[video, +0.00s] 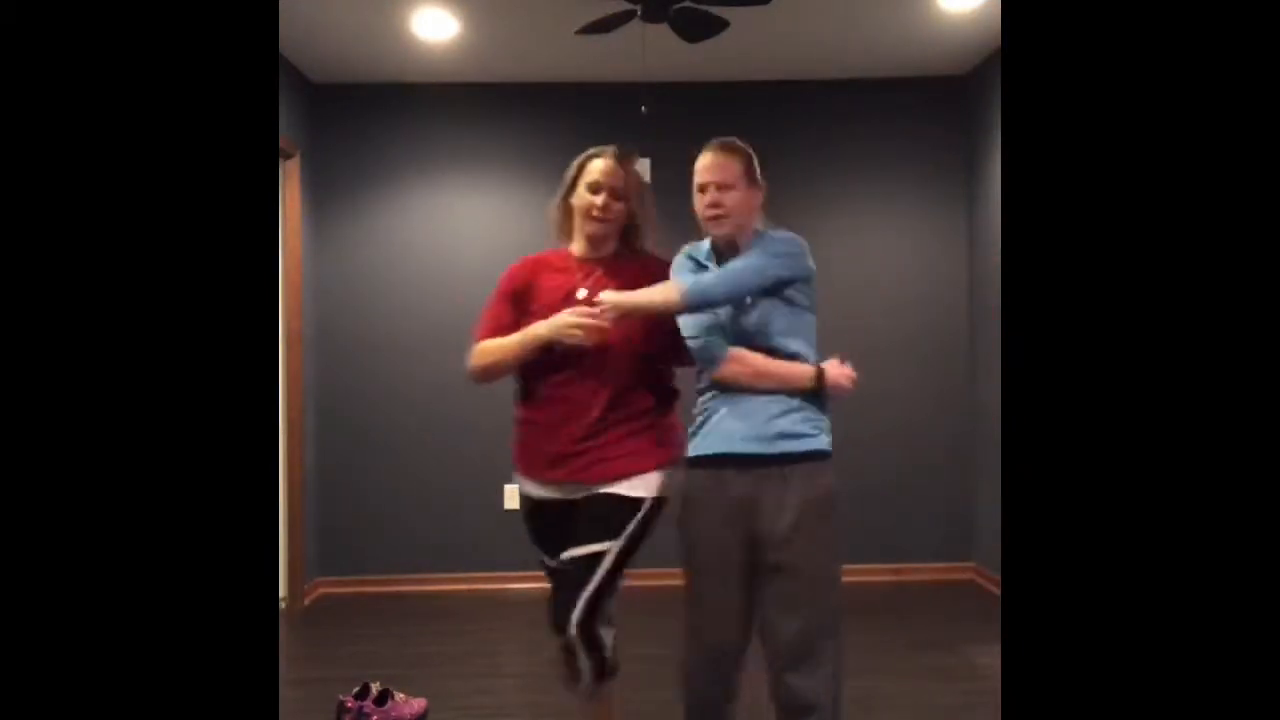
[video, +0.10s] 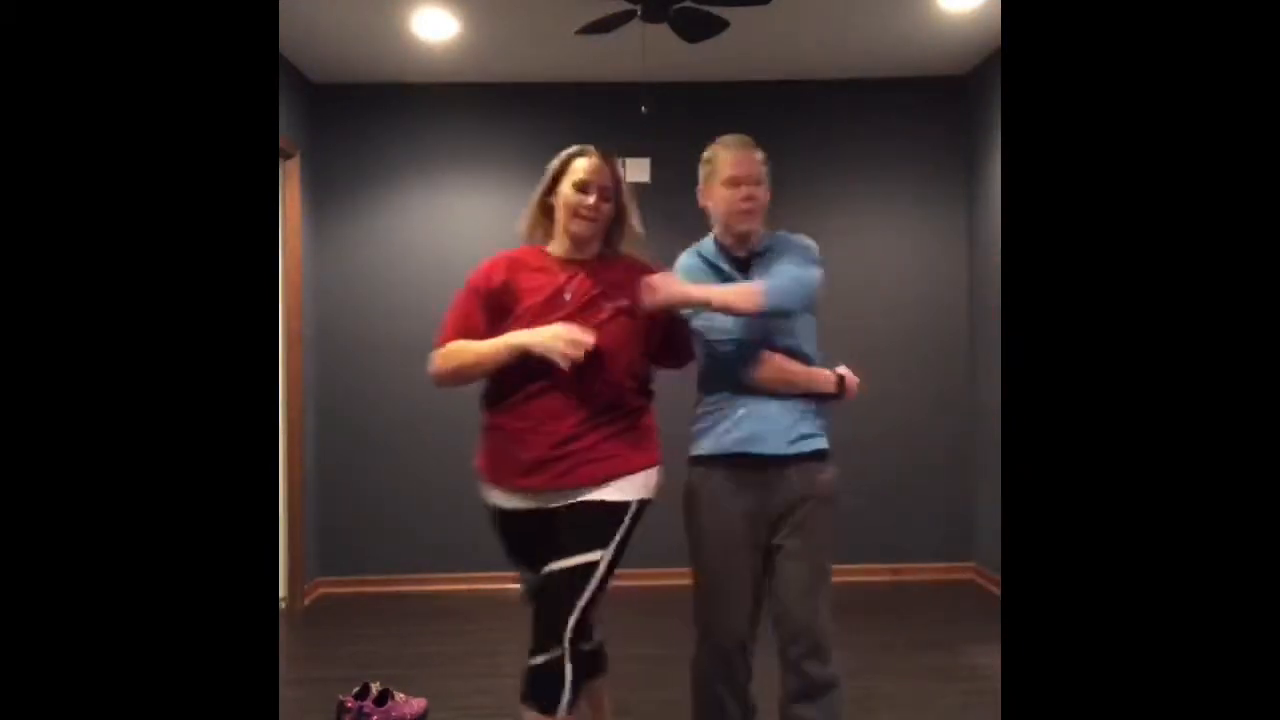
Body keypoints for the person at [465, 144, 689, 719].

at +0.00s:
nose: (603, 202)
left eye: (617, 194)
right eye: (593, 188)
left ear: (632, 208)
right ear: (570, 196)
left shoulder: (656, 278)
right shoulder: (529, 275)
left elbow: (695, 360)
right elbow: (479, 362)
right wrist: (546, 330)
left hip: (632, 469)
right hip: (546, 473)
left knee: (573, 618)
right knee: (580, 623)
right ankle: (600, 703)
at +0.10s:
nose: (591, 202)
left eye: (604, 194)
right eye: (580, 188)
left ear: (617, 208)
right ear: (552, 195)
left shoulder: (638, 280)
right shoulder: (501, 275)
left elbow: (679, 355)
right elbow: (443, 364)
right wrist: (527, 339)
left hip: (612, 479)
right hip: (517, 486)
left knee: (557, 620)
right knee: (567, 624)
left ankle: (541, 712)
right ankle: (594, 708)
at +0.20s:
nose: (578, 198)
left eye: (590, 190)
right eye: (566, 183)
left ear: (599, 207)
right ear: (534, 191)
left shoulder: (616, 284)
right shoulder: (474, 272)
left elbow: (711, 340)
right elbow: (413, 364)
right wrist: (509, 348)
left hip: (578, 492)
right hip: (480, 492)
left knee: (539, 644)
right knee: (498, 636)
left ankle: (538, 713)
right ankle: (545, 691)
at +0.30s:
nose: (556, 196)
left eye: (565, 187)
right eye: (543, 182)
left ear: (572, 201)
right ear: (505, 186)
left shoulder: (585, 283)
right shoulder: (442, 267)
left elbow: (678, 336)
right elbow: (382, 363)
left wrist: (738, 364)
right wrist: (490, 350)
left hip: (550, 501)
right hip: (449, 502)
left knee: (528, 669)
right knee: (460, 675)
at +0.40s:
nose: (530, 191)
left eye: (536, 182)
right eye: (517, 176)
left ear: (541, 196)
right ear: (475, 178)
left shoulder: (547, 279)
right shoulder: (411, 257)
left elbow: (640, 328)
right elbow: (357, 358)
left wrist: (732, 366)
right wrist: (475, 350)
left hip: (517, 496)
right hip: (417, 497)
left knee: (511, 659)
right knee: (423, 664)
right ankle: (366, 714)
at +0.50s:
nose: (498, 189)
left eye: (501, 177)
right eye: (484, 175)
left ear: (503, 186)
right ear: (437, 177)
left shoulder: (499, 274)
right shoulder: (375, 255)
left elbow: (596, 319)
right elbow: (337, 357)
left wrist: (694, 349)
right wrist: (460, 352)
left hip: (474, 494)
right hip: (378, 497)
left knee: (490, 670)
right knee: (376, 674)